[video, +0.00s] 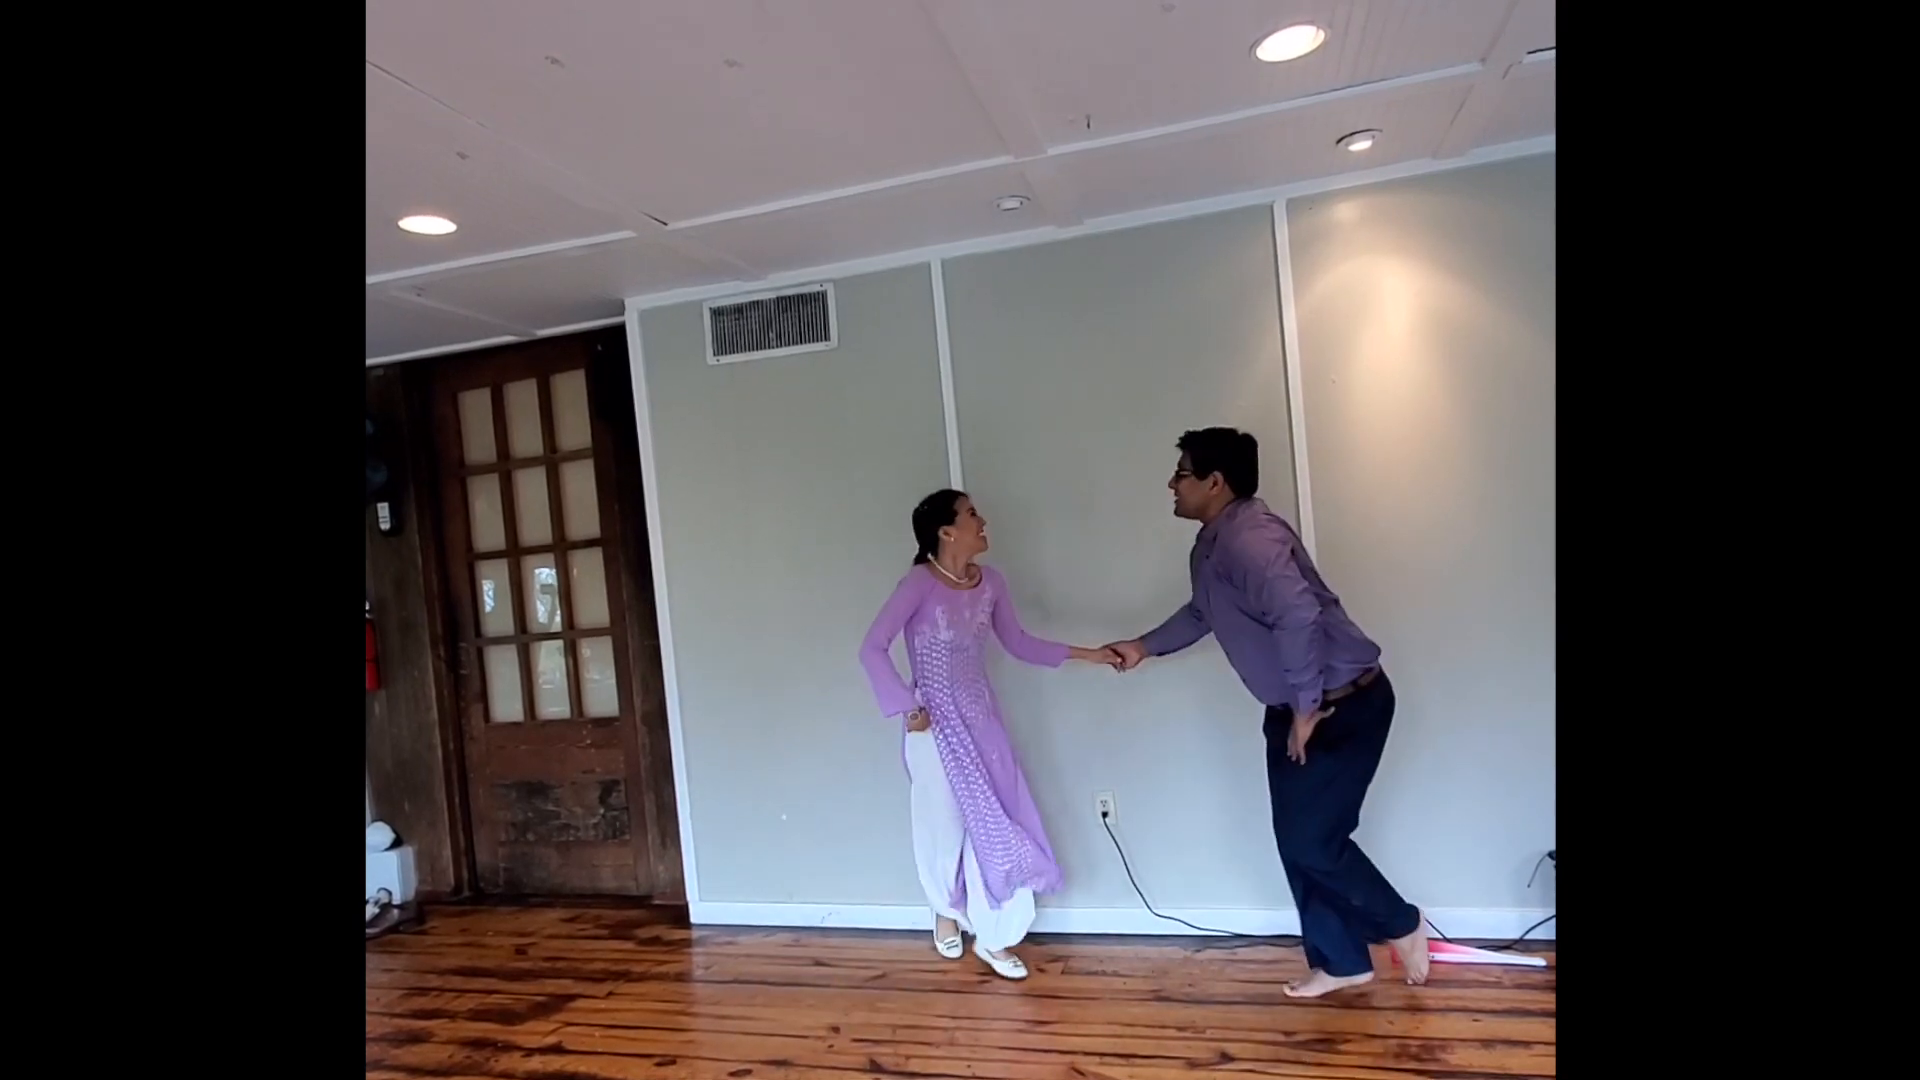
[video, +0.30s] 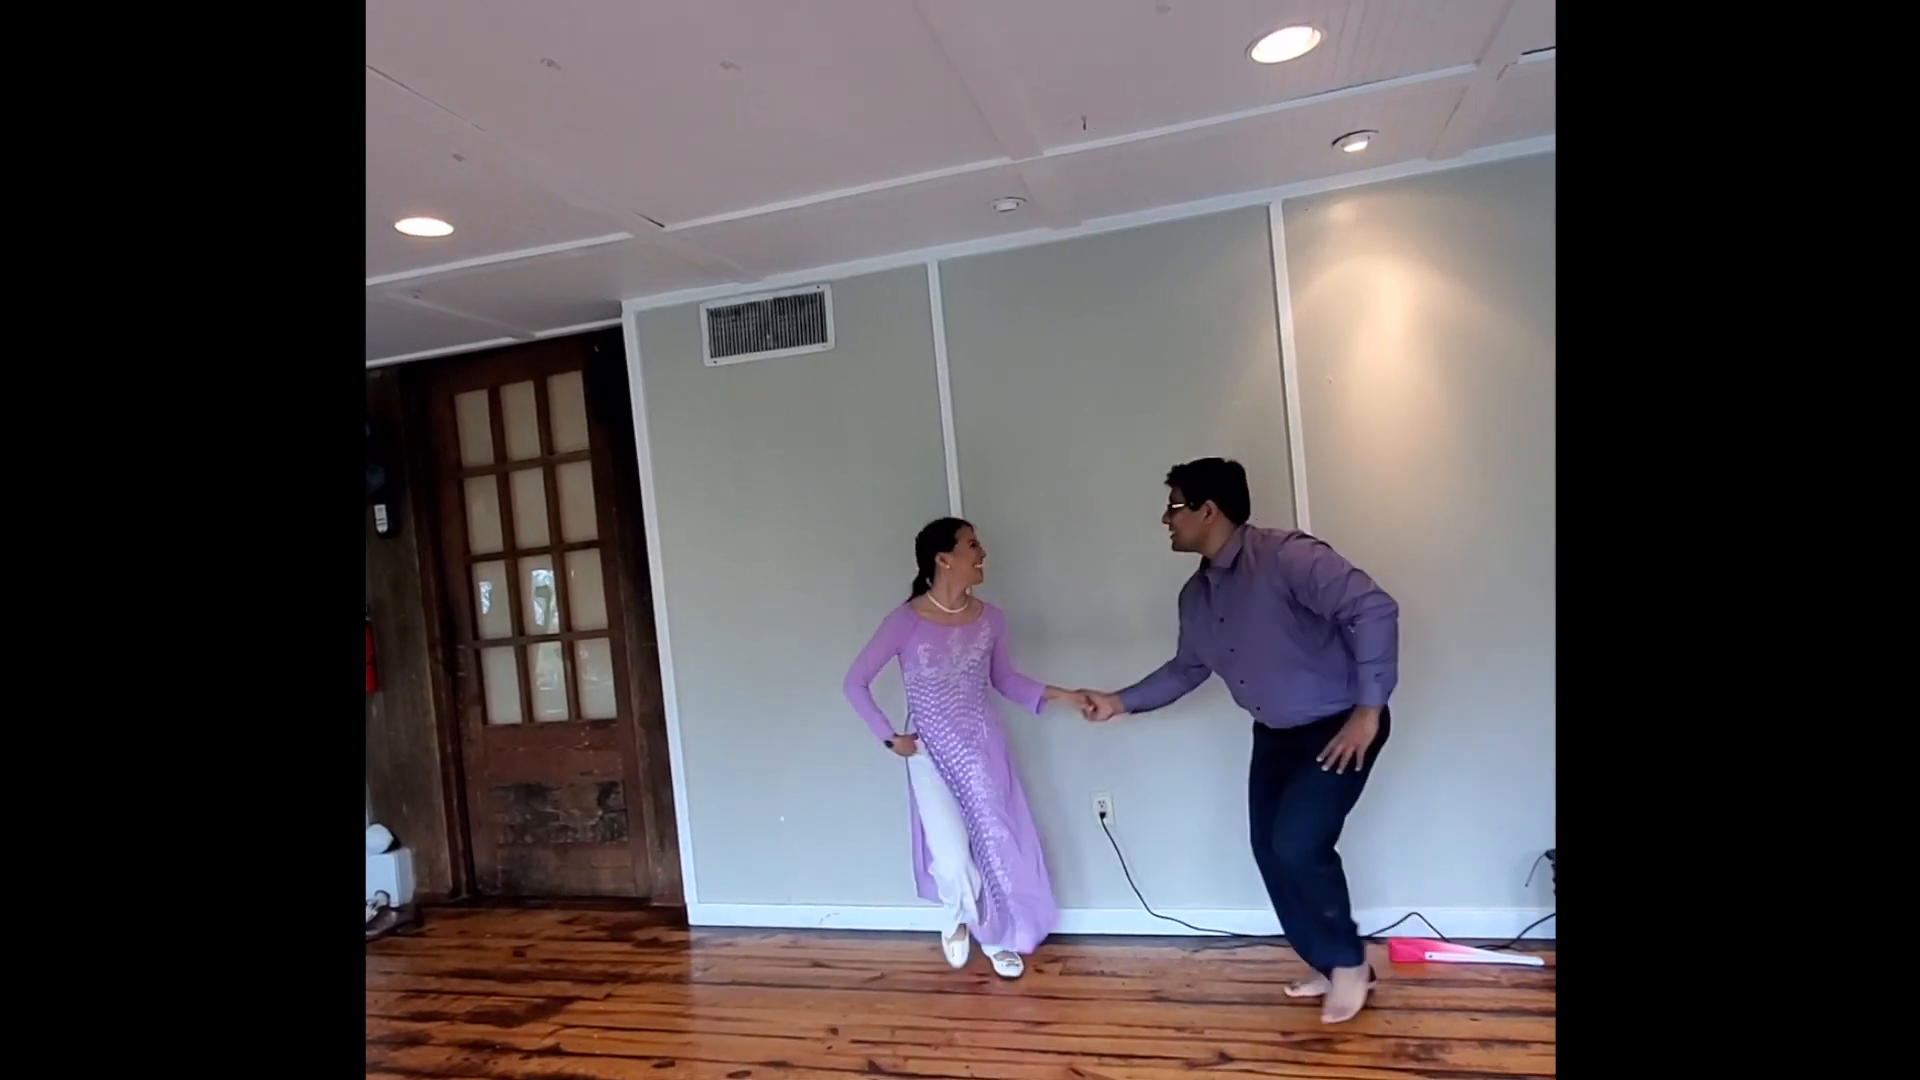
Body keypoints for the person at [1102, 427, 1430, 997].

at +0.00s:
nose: (1172, 483)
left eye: (1183, 474)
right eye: (1176, 472)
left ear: (1217, 483)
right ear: (1213, 483)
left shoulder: (1251, 537)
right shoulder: (1212, 541)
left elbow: (1299, 615)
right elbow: (1203, 613)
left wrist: (1305, 705)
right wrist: (1144, 647)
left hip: (1346, 701)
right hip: (1293, 705)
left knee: (1314, 840)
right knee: (1297, 839)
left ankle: (1405, 925)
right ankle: (1343, 963)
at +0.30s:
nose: (1166, 518)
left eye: (1174, 507)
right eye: (1167, 507)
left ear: (1209, 511)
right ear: (1205, 513)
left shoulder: (1285, 555)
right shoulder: (1197, 596)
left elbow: (1372, 609)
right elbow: (1188, 668)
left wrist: (1370, 707)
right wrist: (1120, 701)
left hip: (1340, 722)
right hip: (1275, 731)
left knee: (1297, 844)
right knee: (1270, 848)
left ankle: (1348, 964)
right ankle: (1330, 962)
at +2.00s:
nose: (1131, 484)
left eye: (1141, 471)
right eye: (1130, 471)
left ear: (1186, 472)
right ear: (1188, 474)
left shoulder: (1199, 534)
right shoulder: (1214, 523)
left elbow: (1224, 627)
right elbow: (1227, 630)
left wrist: (1181, 718)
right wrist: (1189, 718)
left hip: (1245, 734)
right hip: (1277, 728)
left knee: (1207, 889)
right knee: (1260, 879)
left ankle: (1253, 1046)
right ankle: (1320, 1035)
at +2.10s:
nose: (1129, 489)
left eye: (1142, 475)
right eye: (1127, 477)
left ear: (1187, 480)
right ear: (1169, 485)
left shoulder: (1225, 548)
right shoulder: (1172, 547)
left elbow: (1263, 647)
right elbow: (1161, 612)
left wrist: (1204, 730)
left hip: (1249, 744)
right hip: (1219, 744)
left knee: (1209, 904)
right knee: (1223, 884)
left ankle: (1260, 1057)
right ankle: (1325, 1002)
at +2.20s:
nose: (1128, 495)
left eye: (1142, 482)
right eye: (1125, 484)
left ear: (1187, 487)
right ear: (1133, 491)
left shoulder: (1242, 560)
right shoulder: (1146, 568)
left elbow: (1292, 651)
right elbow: (1137, 620)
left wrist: (1219, 731)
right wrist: (1058, 621)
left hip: (1249, 752)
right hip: (1187, 751)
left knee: (1202, 899)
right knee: (1164, 878)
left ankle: (1260, 1055)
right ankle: (1280, 967)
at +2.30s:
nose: (1124, 493)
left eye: (1138, 480)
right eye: (1120, 482)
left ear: (1183, 486)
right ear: (1122, 489)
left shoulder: (1244, 555)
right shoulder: (1130, 563)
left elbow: (1304, 634)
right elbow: (1085, 592)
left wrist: (1233, 706)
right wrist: (1017, 567)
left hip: (1238, 755)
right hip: (1167, 752)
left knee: (1205, 910)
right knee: (1143, 878)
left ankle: (1263, 1056)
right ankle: (1219, 984)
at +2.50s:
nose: (1111, 482)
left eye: (1124, 469)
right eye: (1106, 471)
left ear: (1166, 473)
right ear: (1105, 477)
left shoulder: (1225, 524)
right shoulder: (1096, 538)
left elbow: (1299, 586)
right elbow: (1024, 525)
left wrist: (1250, 671)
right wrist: (975, 472)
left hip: (1224, 734)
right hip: (1152, 738)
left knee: (1222, 882)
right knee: (1159, 872)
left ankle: (1252, 1043)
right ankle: (1194, 979)